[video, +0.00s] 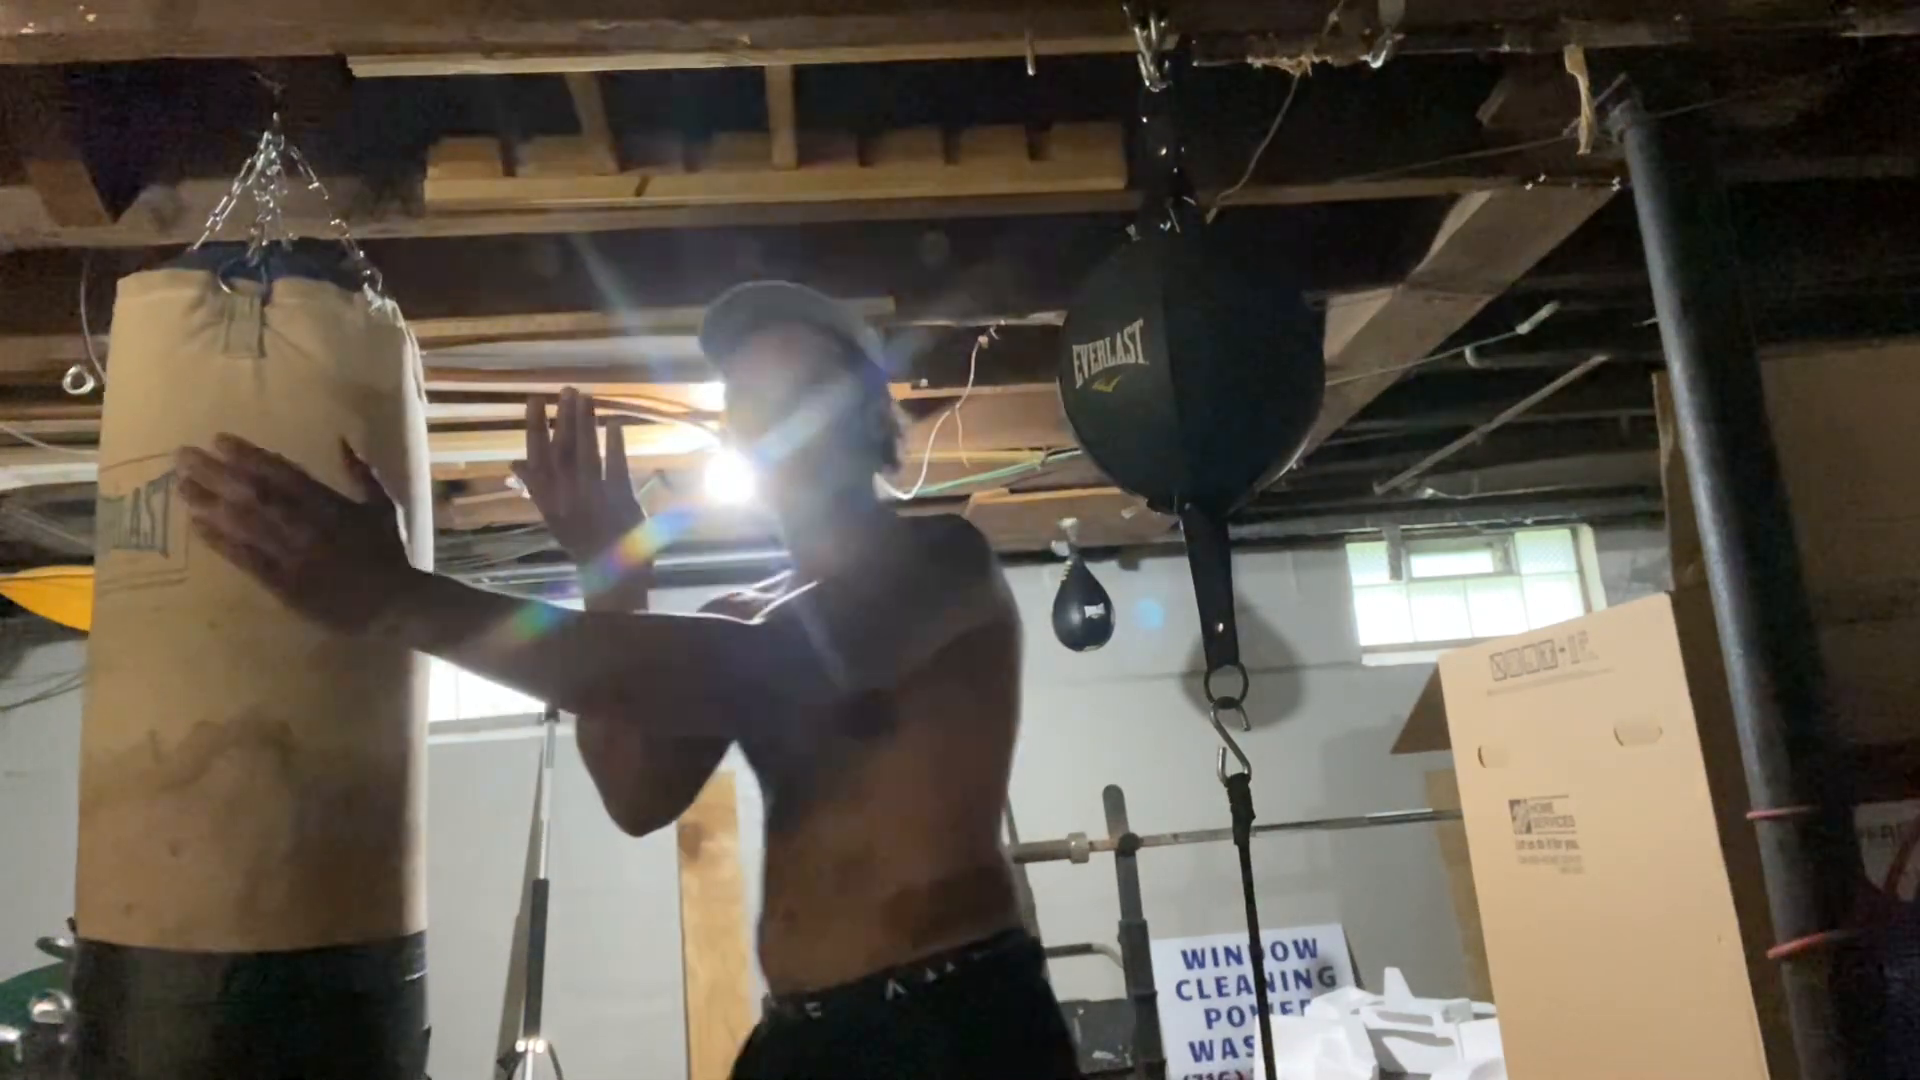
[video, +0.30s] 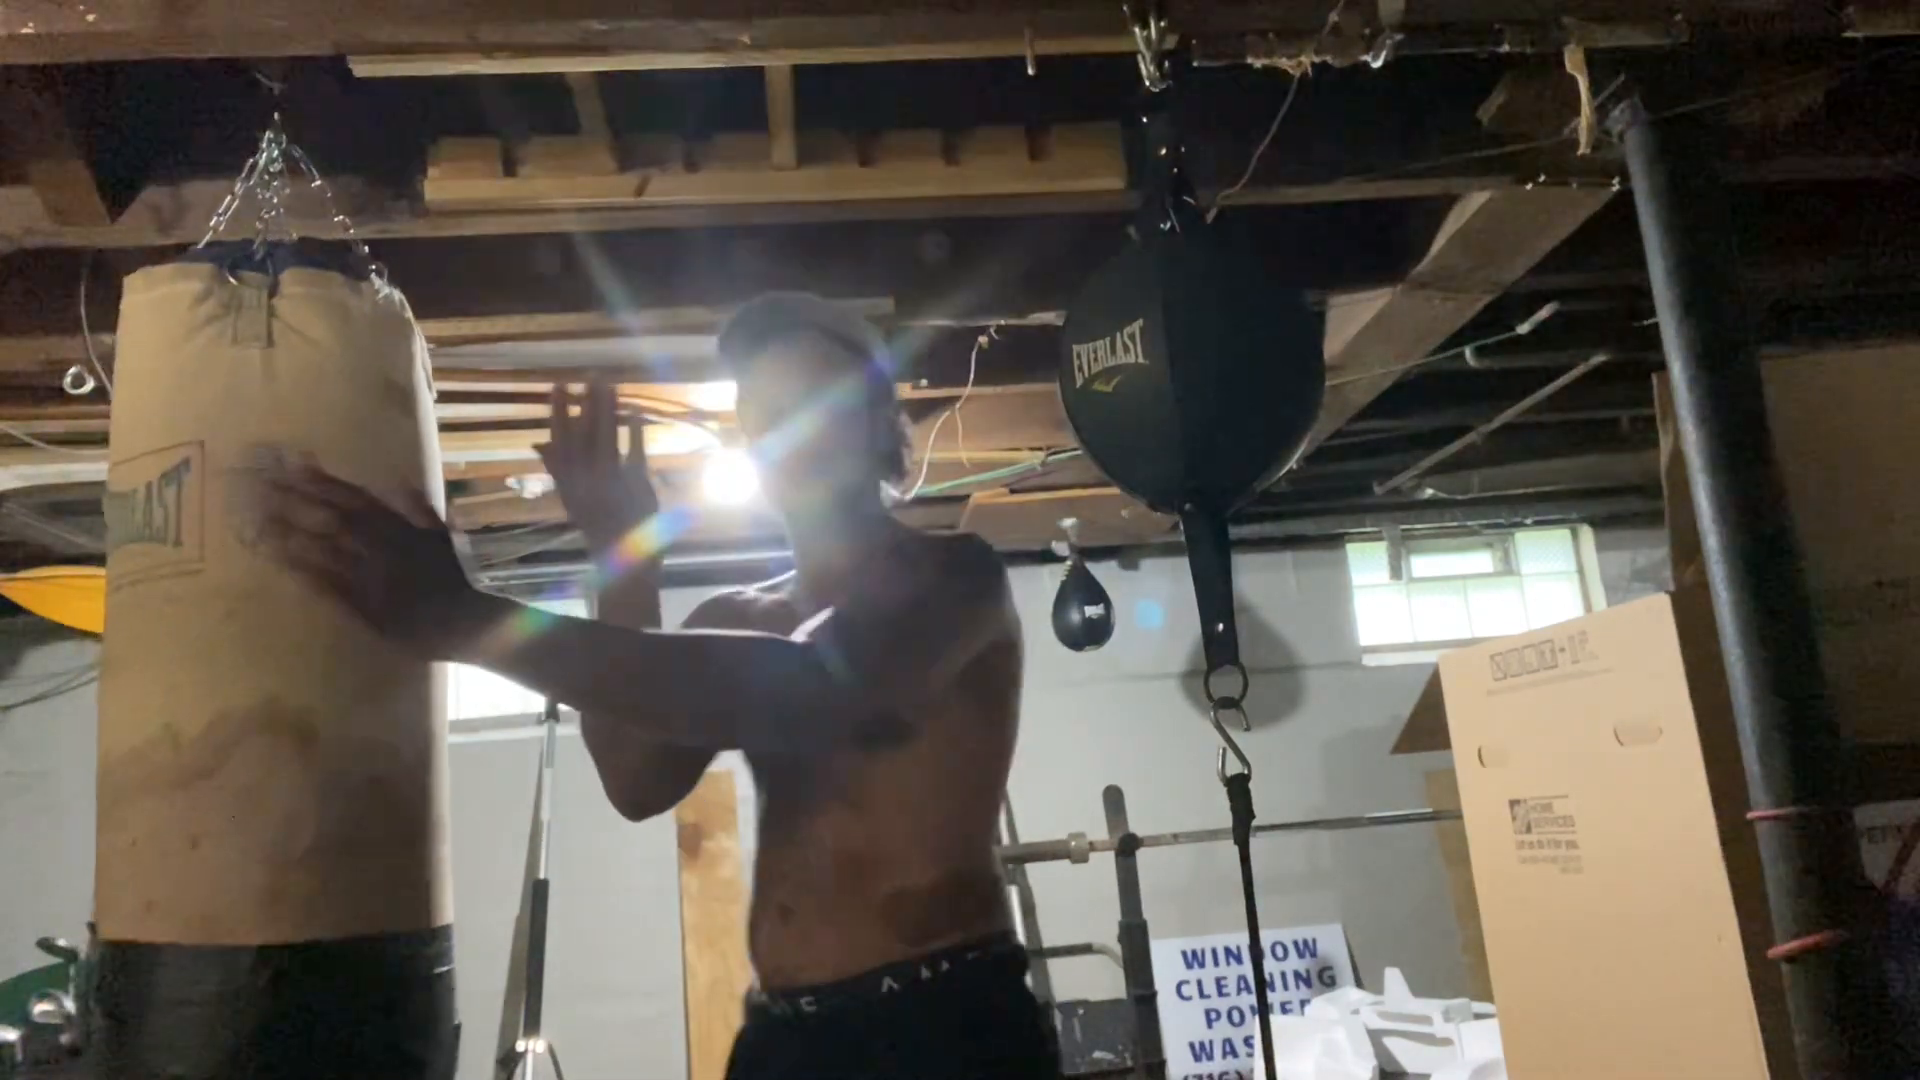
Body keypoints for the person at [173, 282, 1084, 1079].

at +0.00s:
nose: (778, 433)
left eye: (805, 396)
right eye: (751, 413)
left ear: (878, 416)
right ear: (731, 445)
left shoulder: (941, 557)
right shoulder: (762, 624)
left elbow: (765, 679)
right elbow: (645, 797)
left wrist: (400, 604)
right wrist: (607, 574)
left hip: (959, 1016)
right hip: (801, 1034)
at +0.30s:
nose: (790, 446)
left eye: (817, 412)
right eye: (763, 424)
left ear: (885, 428)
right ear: (743, 452)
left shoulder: (952, 576)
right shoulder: (747, 615)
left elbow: (812, 700)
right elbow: (640, 784)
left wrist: (475, 624)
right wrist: (625, 559)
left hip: (943, 1018)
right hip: (786, 1030)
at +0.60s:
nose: (780, 438)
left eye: (809, 408)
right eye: (751, 414)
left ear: (856, 431)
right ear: (719, 445)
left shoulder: (948, 589)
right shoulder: (678, 598)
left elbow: (969, 756)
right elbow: (587, 716)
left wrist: (745, 664)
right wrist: (628, 470)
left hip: (930, 1010)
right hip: (741, 1029)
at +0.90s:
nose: (843, 419)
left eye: (870, 391)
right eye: (811, 395)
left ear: (915, 417)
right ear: (770, 428)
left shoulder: (996, 562)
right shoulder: (723, 607)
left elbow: (1193, 717)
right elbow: (581, 779)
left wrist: (1032, 593)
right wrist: (688, 545)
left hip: (1015, 1000)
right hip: (823, 1018)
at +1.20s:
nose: (822, 411)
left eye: (846, 378)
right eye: (791, 388)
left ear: (898, 395)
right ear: (755, 414)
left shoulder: (976, 561)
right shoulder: (698, 602)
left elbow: (1260, 616)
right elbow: (465, 759)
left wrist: (1174, 587)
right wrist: (623, 646)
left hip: (996, 1010)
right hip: (800, 1024)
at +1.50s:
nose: (771, 411)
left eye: (801, 379)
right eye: (737, 384)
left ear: (854, 400)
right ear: (698, 414)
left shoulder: (941, 564)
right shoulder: (653, 607)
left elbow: (1184, 652)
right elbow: (417, 766)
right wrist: (612, 610)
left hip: (948, 1016)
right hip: (750, 1033)